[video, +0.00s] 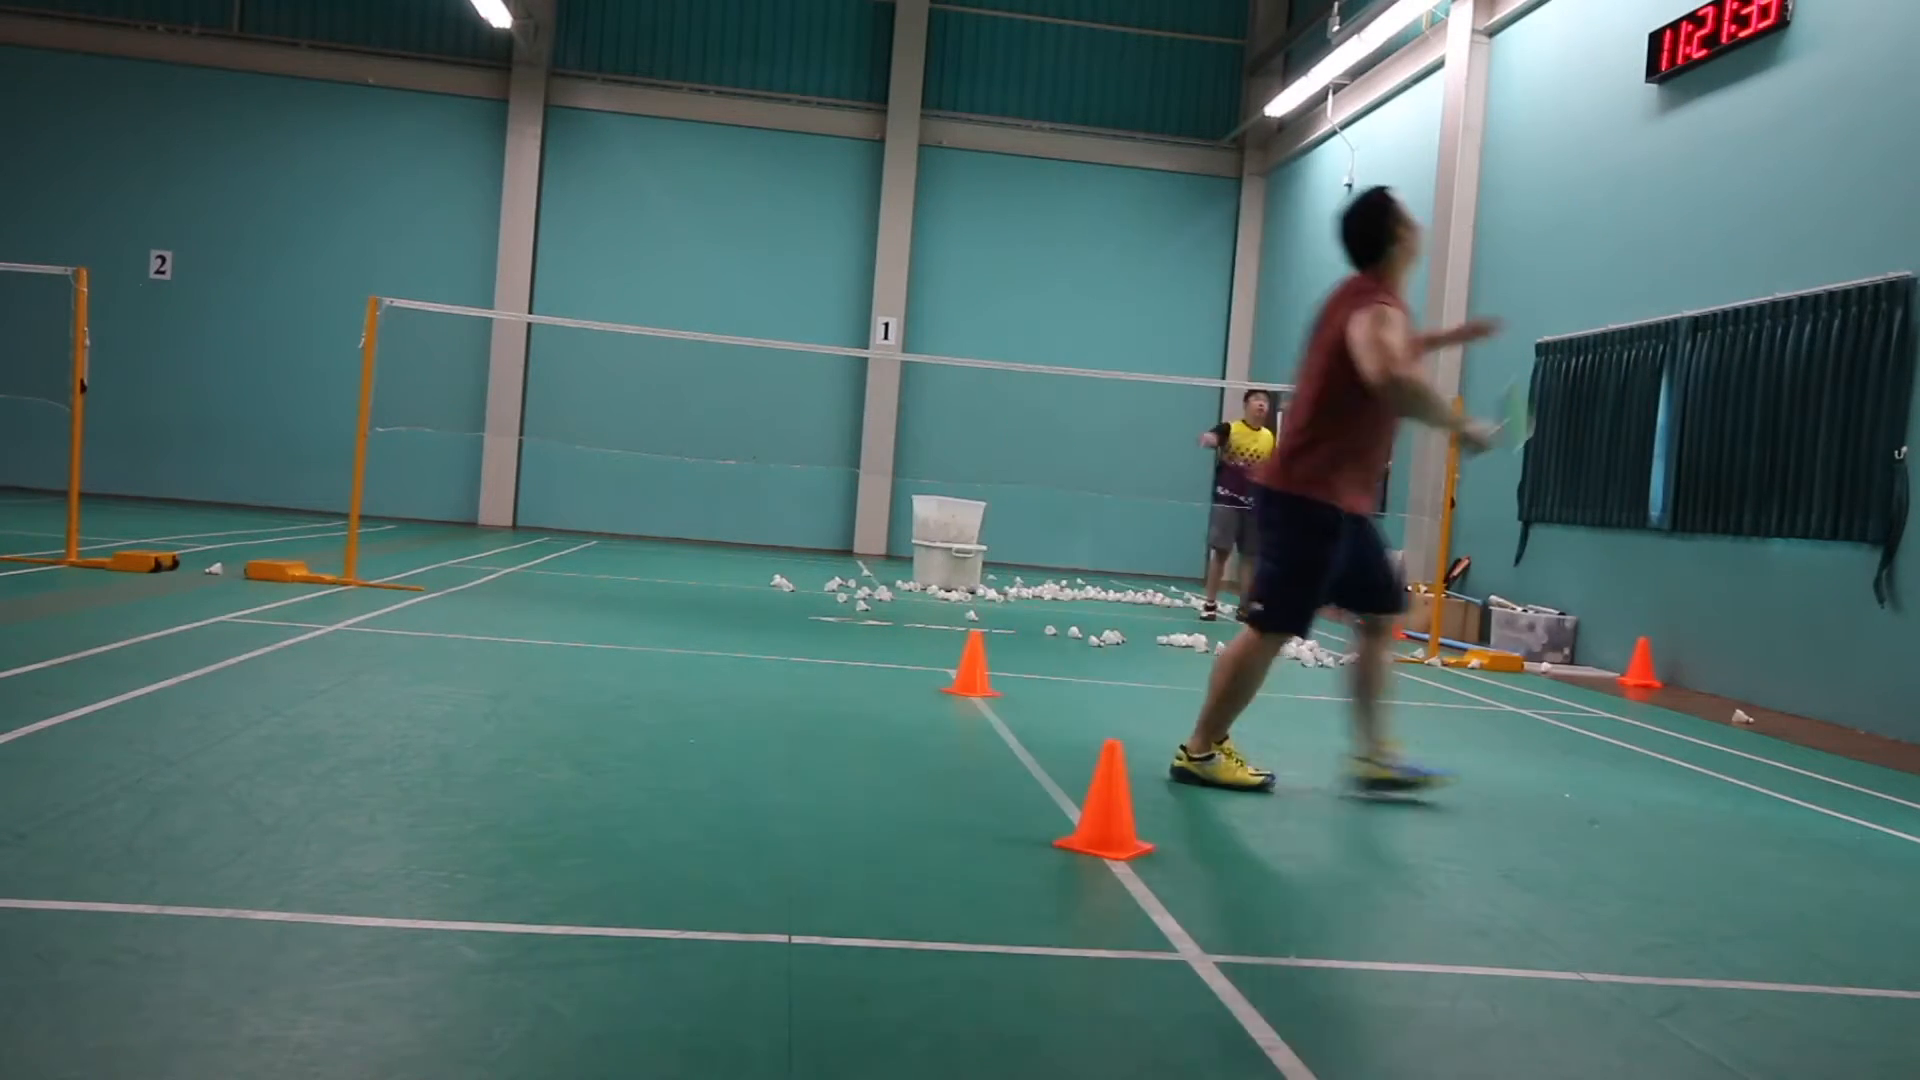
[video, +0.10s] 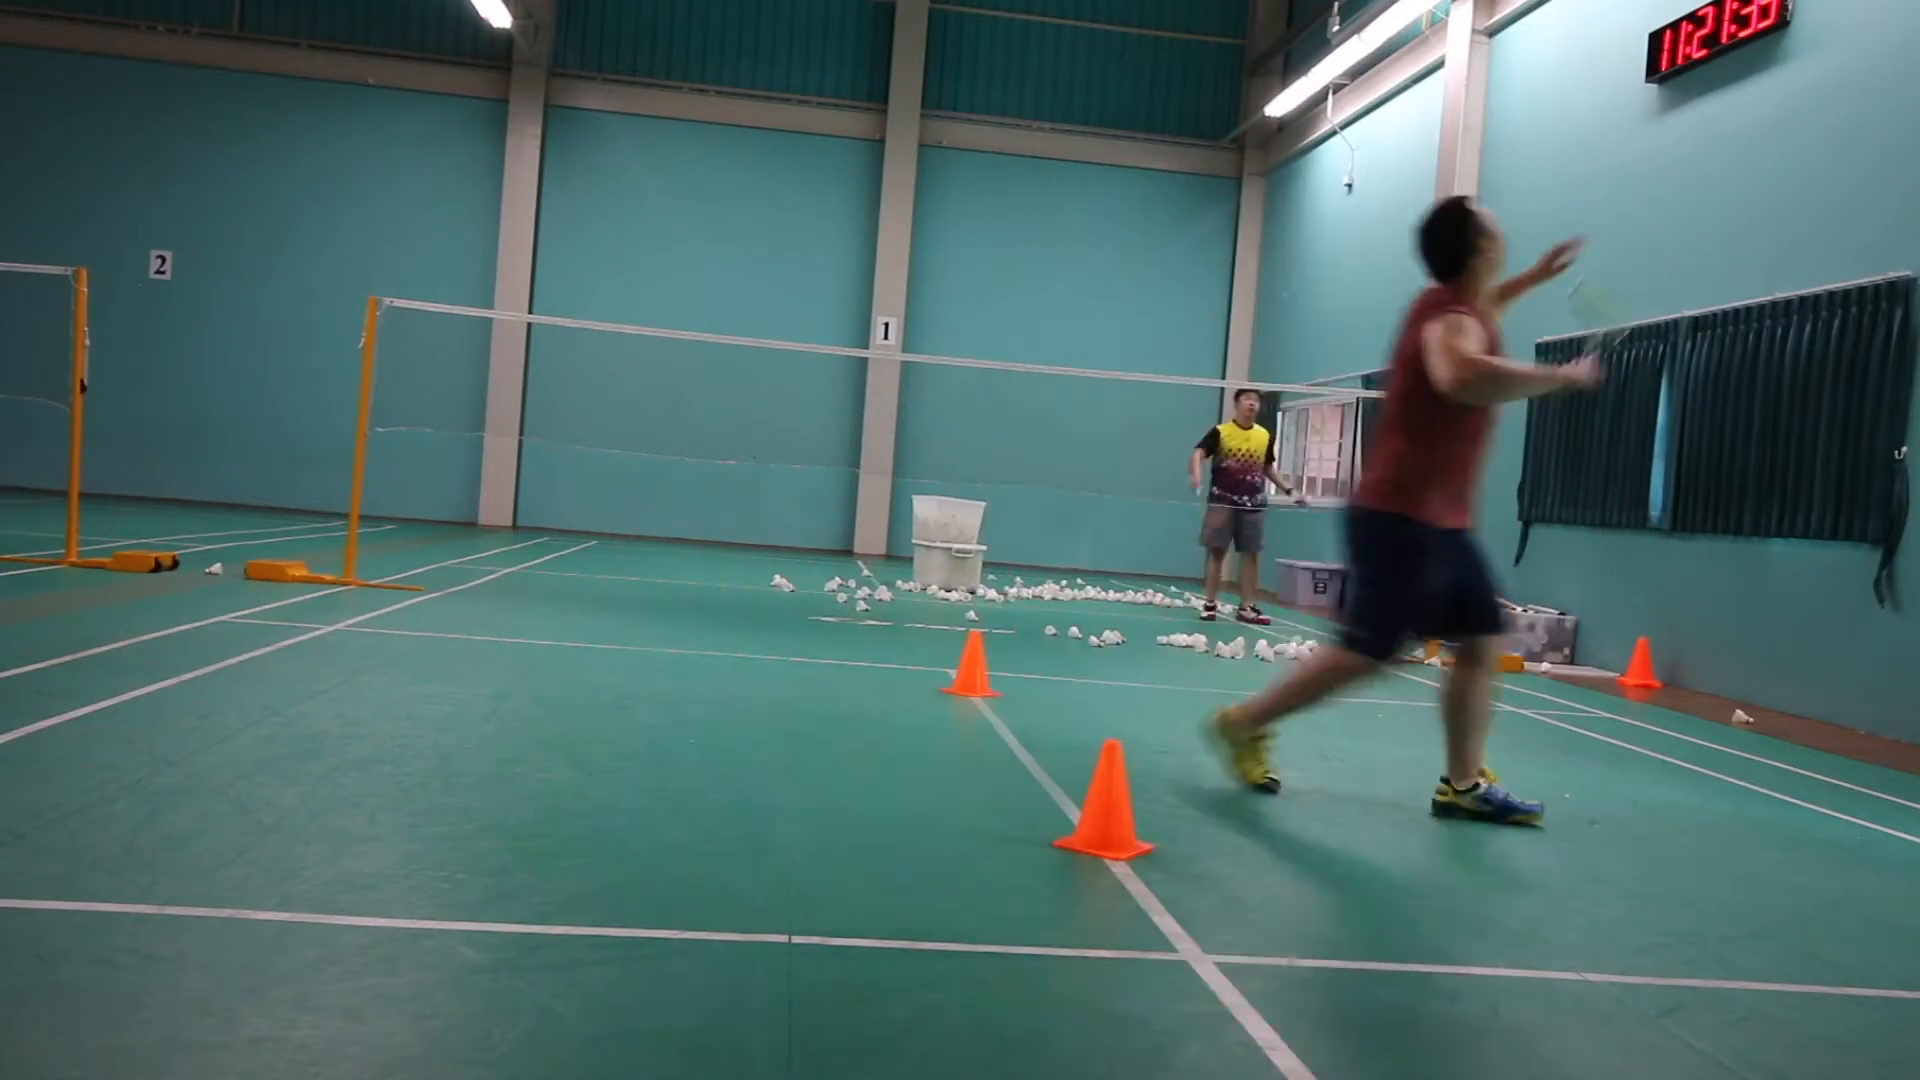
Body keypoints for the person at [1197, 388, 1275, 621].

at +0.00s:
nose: (1261, 405)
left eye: (1265, 402)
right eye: (1257, 401)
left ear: (1268, 409)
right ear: (1246, 405)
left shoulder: (1269, 437)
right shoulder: (1231, 428)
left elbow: (1274, 465)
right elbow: (1214, 435)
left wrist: (1263, 473)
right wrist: (1210, 439)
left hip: (1255, 503)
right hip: (1228, 500)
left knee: (1250, 558)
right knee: (1220, 554)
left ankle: (1245, 605)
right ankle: (1210, 602)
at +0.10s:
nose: (1252, 404)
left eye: (1256, 401)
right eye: (1248, 400)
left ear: (1259, 407)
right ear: (1236, 404)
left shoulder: (1266, 436)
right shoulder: (1221, 432)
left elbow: (1268, 468)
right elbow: (1197, 454)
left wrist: (1287, 489)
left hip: (1252, 504)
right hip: (1223, 501)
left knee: (1251, 554)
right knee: (1217, 553)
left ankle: (1247, 606)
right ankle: (1210, 603)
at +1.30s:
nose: (1228, 426)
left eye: (1233, 421)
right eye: (1225, 420)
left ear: (1240, 425)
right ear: (1217, 421)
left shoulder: (1245, 444)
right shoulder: (1205, 447)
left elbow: (1247, 470)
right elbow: (1185, 465)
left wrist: (1262, 494)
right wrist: (1176, 482)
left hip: (1232, 508)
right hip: (1203, 507)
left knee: (1241, 554)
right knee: (1198, 550)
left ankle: (1243, 603)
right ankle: (1189, 602)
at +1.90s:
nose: (1242, 416)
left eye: (1246, 412)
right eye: (1238, 411)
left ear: (1252, 416)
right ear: (1230, 415)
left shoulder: (1260, 441)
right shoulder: (1215, 446)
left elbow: (1264, 472)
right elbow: (1202, 479)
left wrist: (1278, 497)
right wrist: (1203, 510)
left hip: (1246, 509)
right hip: (1220, 508)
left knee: (1246, 556)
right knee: (1215, 549)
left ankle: (1235, 604)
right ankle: (1197, 599)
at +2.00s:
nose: (1251, 419)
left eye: (1255, 415)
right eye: (1247, 414)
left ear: (1260, 420)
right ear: (1237, 417)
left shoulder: (1260, 445)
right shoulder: (1224, 443)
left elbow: (1261, 475)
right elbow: (1208, 469)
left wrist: (1275, 499)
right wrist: (1217, 502)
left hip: (1243, 507)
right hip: (1218, 505)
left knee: (1246, 558)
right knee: (1218, 551)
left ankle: (1236, 604)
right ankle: (1208, 605)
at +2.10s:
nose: (1256, 419)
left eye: (1260, 415)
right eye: (1251, 413)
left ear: (1263, 420)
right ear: (1240, 416)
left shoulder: (1257, 447)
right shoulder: (1227, 436)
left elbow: (1254, 476)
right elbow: (1222, 444)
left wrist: (1268, 500)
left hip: (1240, 509)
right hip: (1216, 505)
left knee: (1245, 557)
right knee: (1219, 550)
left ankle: (1236, 604)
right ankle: (1207, 605)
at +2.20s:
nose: (1257, 410)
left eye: (1261, 407)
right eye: (1252, 405)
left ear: (1264, 414)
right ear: (1240, 410)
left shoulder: (1257, 444)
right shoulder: (1229, 428)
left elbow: (1248, 475)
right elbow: (1224, 408)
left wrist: (1261, 497)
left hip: (1241, 505)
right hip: (1219, 501)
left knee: (1241, 555)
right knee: (1222, 551)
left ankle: (1232, 603)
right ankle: (1208, 605)